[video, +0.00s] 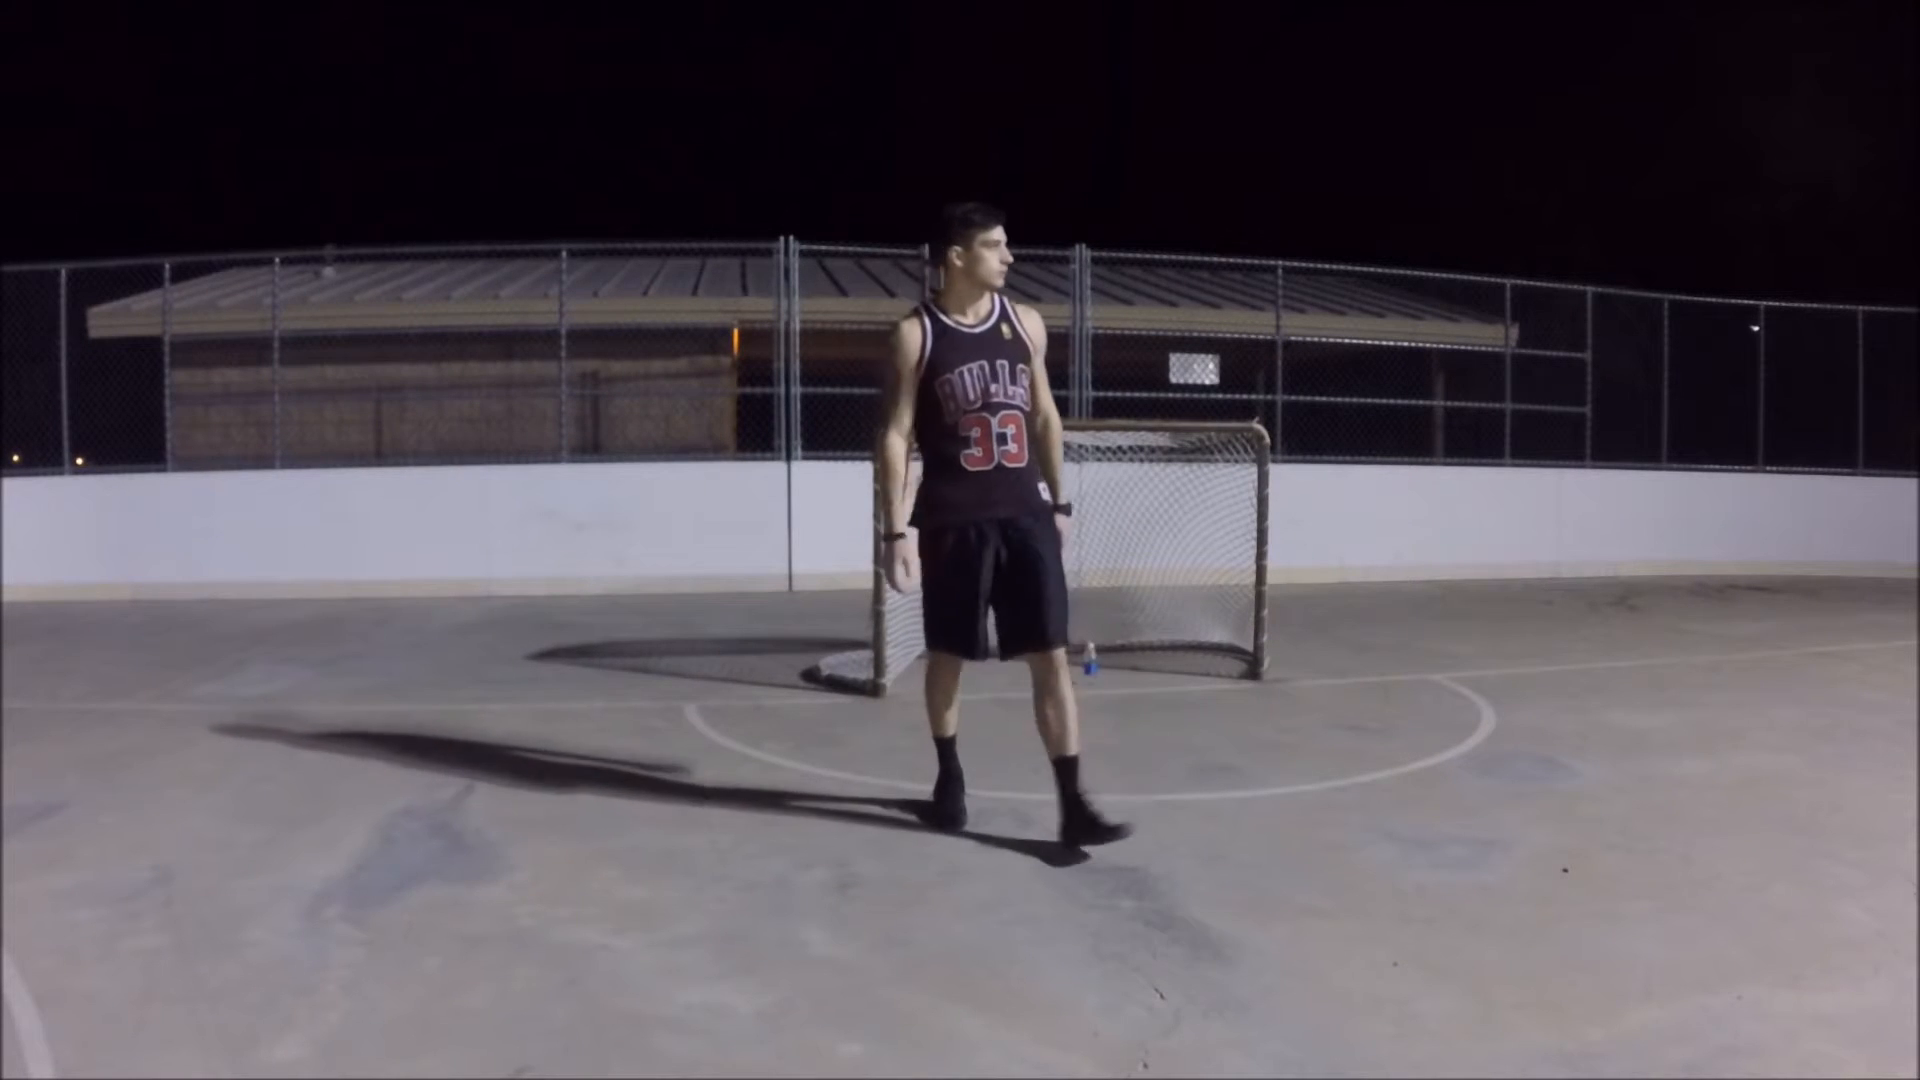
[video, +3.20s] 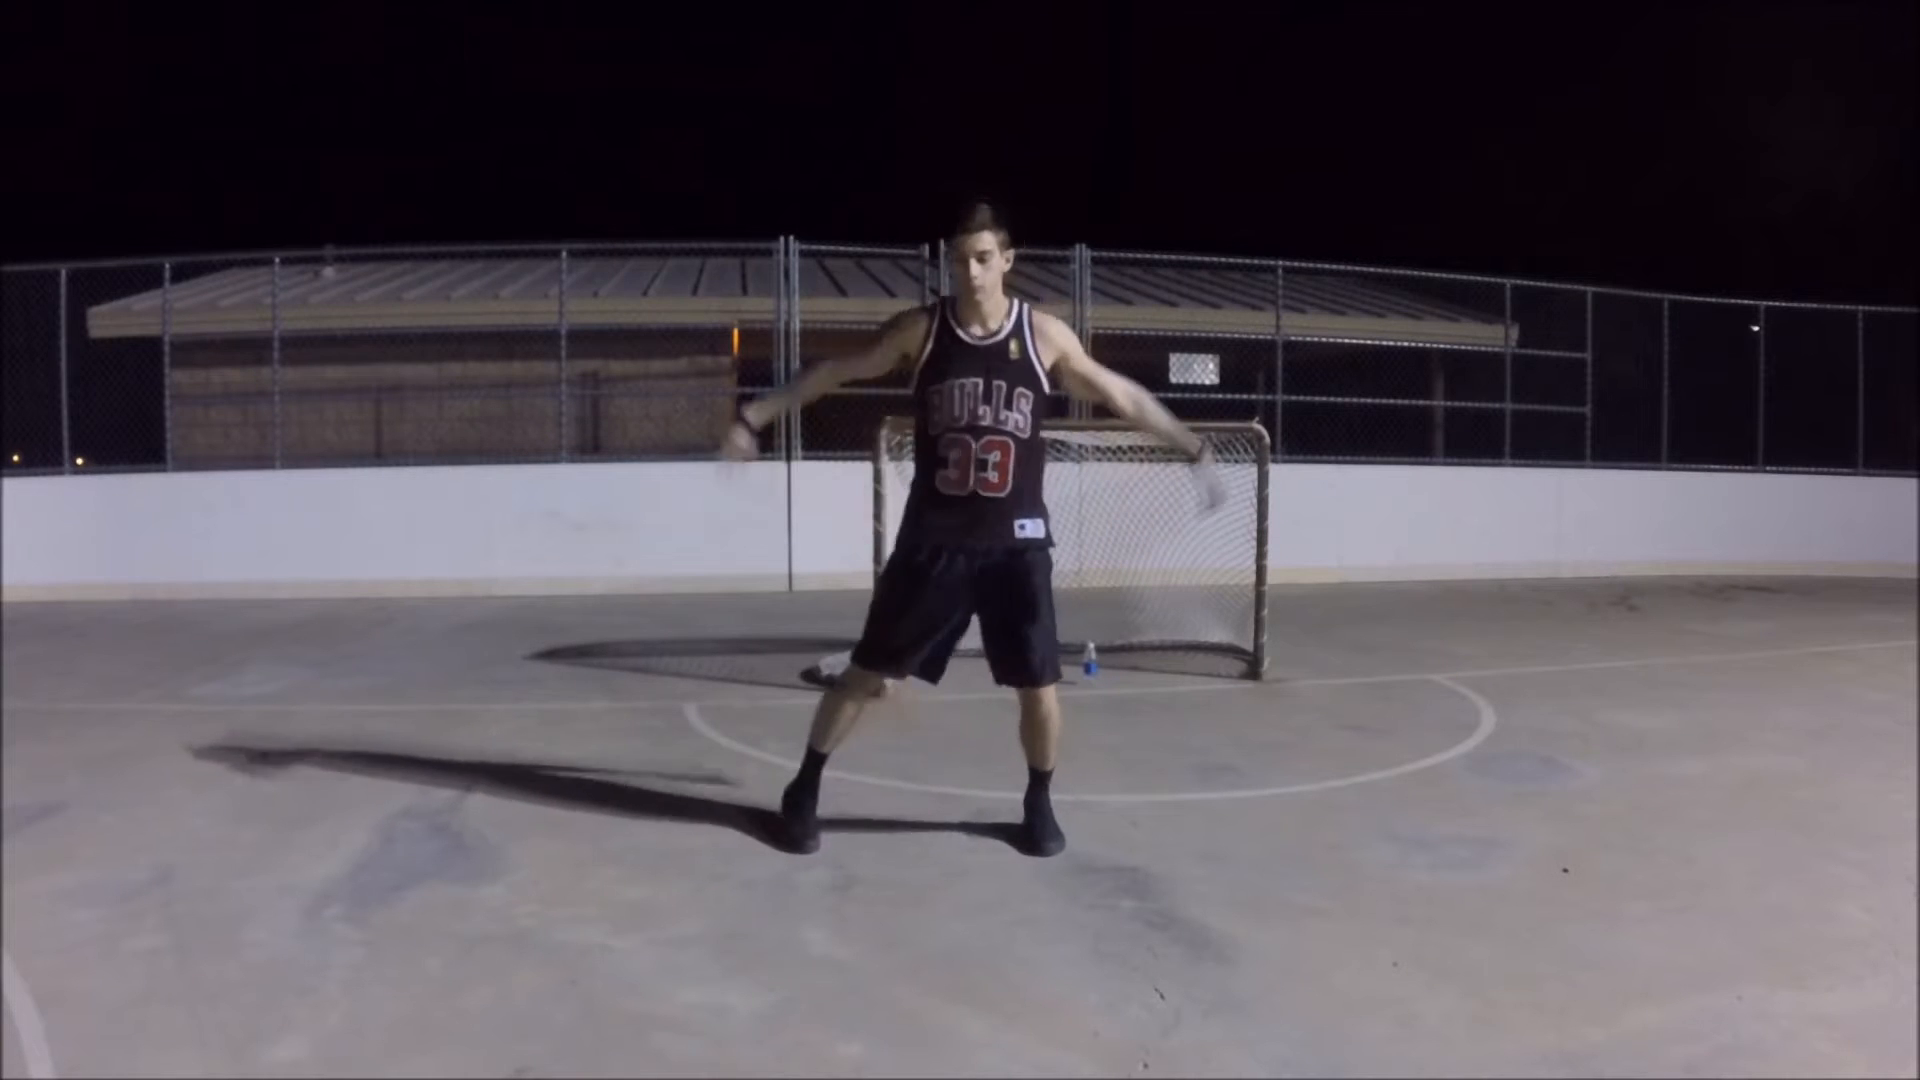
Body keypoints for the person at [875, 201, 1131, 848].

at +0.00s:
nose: (1007, 256)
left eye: (1006, 245)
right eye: (994, 246)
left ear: (994, 255)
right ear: (955, 257)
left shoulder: (1026, 322)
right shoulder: (917, 334)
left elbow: (1045, 413)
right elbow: (896, 433)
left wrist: (1059, 500)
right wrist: (895, 527)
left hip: (1025, 513)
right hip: (953, 519)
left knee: (1051, 654)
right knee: (946, 655)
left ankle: (1074, 805)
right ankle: (949, 778)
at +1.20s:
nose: (1079, 238)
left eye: (1085, 227)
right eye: (1065, 230)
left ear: (1096, 236)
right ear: (1036, 243)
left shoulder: (1134, 321)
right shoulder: (1009, 323)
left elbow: (1157, 425)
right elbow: (980, 428)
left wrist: (1158, 519)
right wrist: (970, 523)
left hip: (1110, 522)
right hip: (1035, 521)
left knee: (1086, 674)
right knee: (1037, 673)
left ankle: (1065, 821)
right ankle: (1003, 704)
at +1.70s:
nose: (1021, 234)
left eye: (1029, 222)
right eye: (1008, 228)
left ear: (1054, 232)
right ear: (996, 245)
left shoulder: (1100, 320)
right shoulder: (973, 320)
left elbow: (1126, 427)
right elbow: (951, 420)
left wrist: (1126, 521)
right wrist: (955, 503)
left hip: (1074, 525)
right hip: (993, 524)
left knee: (1068, 673)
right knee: (974, 670)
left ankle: (1063, 820)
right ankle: (953, 806)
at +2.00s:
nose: (957, 239)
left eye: (969, 227)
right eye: (949, 230)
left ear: (998, 237)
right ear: (941, 245)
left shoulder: (1039, 314)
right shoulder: (935, 321)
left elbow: (1062, 423)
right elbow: (915, 420)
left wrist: (1034, 520)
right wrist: (903, 505)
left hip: (1013, 518)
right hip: (943, 517)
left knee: (1032, 670)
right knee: (944, 667)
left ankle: (1053, 810)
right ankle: (949, 813)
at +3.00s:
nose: (986, 239)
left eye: (997, 226)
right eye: (975, 230)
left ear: (1023, 235)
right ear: (960, 244)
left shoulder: (1064, 318)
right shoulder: (942, 316)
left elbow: (1094, 421)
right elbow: (908, 406)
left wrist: (1095, 520)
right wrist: (888, 490)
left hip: (1026, 523)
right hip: (947, 516)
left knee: (1032, 664)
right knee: (913, 658)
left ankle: (1038, 803)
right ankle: (867, 786)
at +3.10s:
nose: (980, 251)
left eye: (992, 239)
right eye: (970, 242)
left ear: (1018, 246)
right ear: (958, 252)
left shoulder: (1058, 325)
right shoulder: (936, 322)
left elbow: (1097, 419)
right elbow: (872, 397)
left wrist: (1127, 505)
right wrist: (845, 478)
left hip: (1024, 531)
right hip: (943, 527)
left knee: (1035, 674)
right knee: (891, 664)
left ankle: (1040, 803)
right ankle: (828, 789)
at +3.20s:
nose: (973, 268)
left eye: (985, 257)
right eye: (963, 257)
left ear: (1007, 261)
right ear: (949, 262)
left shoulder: (1045, 332)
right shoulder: (920, 329)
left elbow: (1122, 395)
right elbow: (838, 372)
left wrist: (1187, 442)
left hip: (1017, 540)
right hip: (932, 538)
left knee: (1039, 682)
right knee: (869, 674)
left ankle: (1040, 805)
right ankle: (804, 788)